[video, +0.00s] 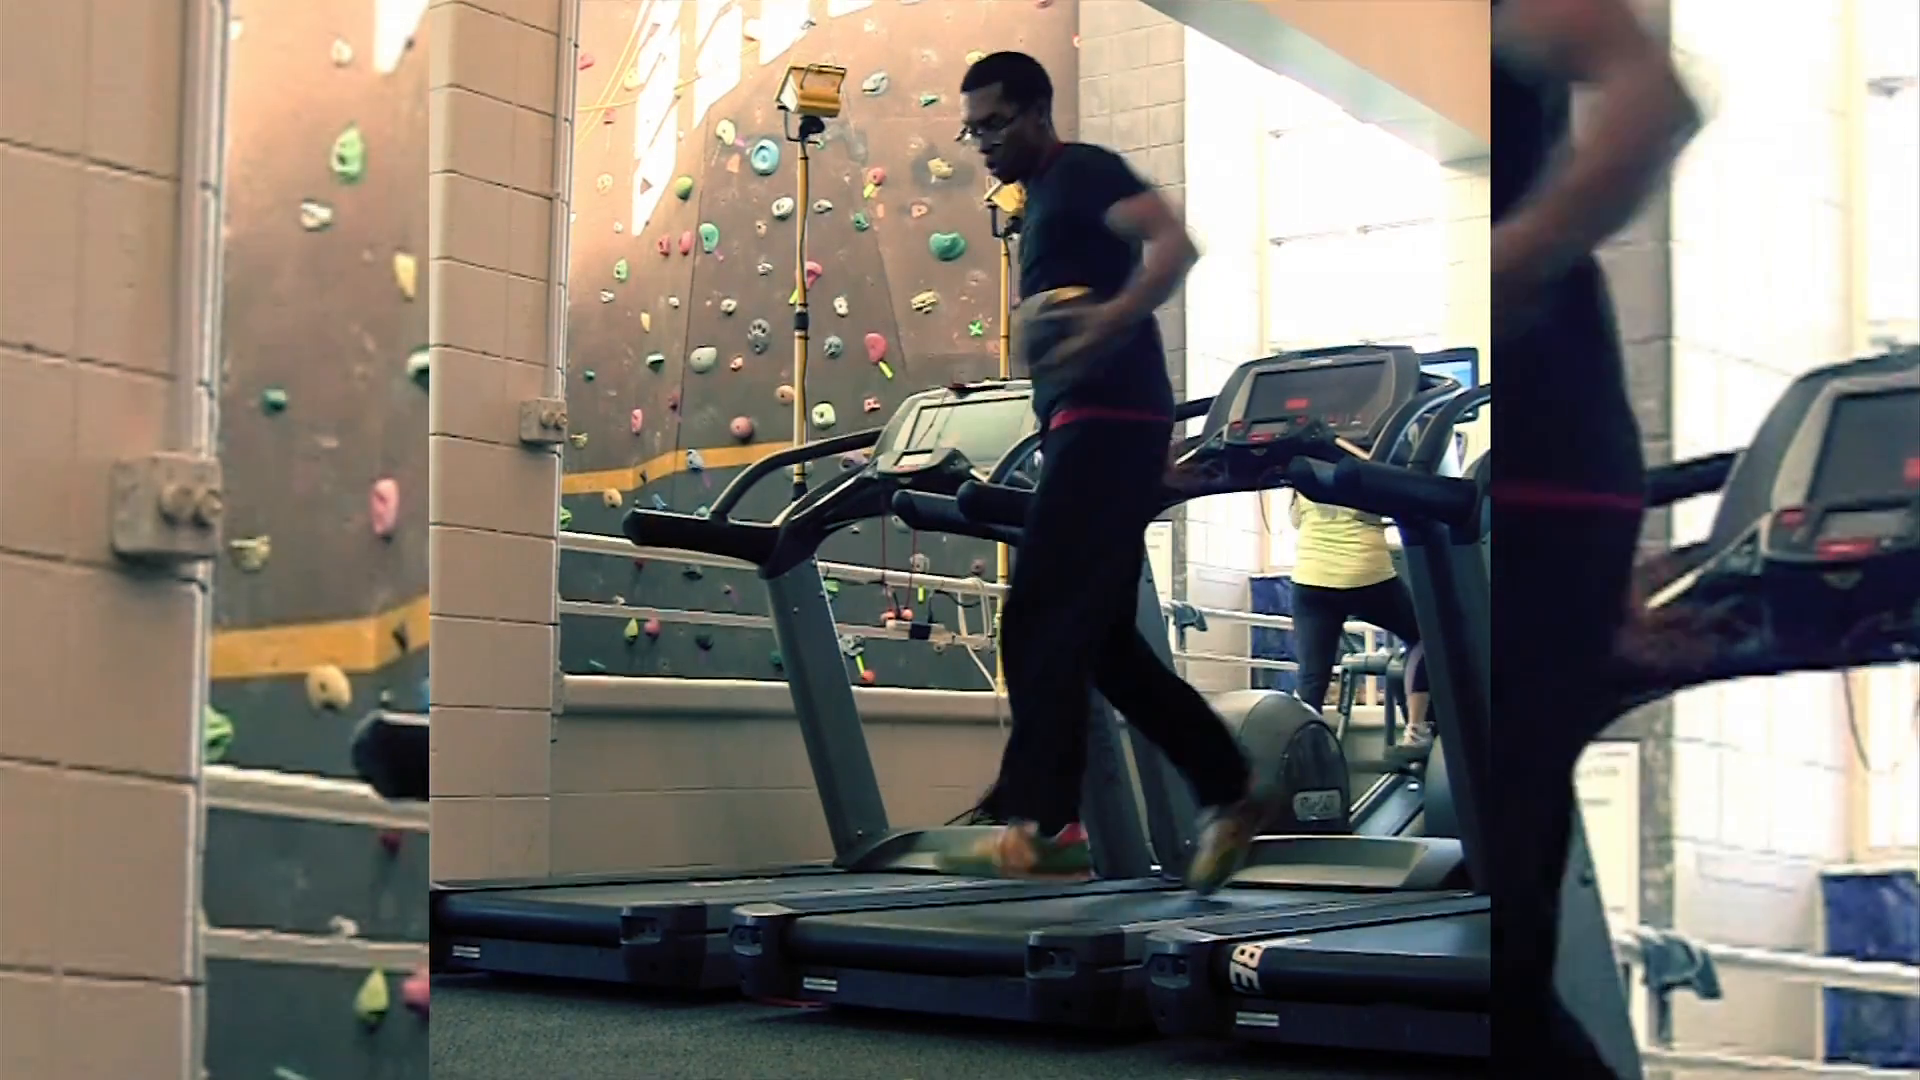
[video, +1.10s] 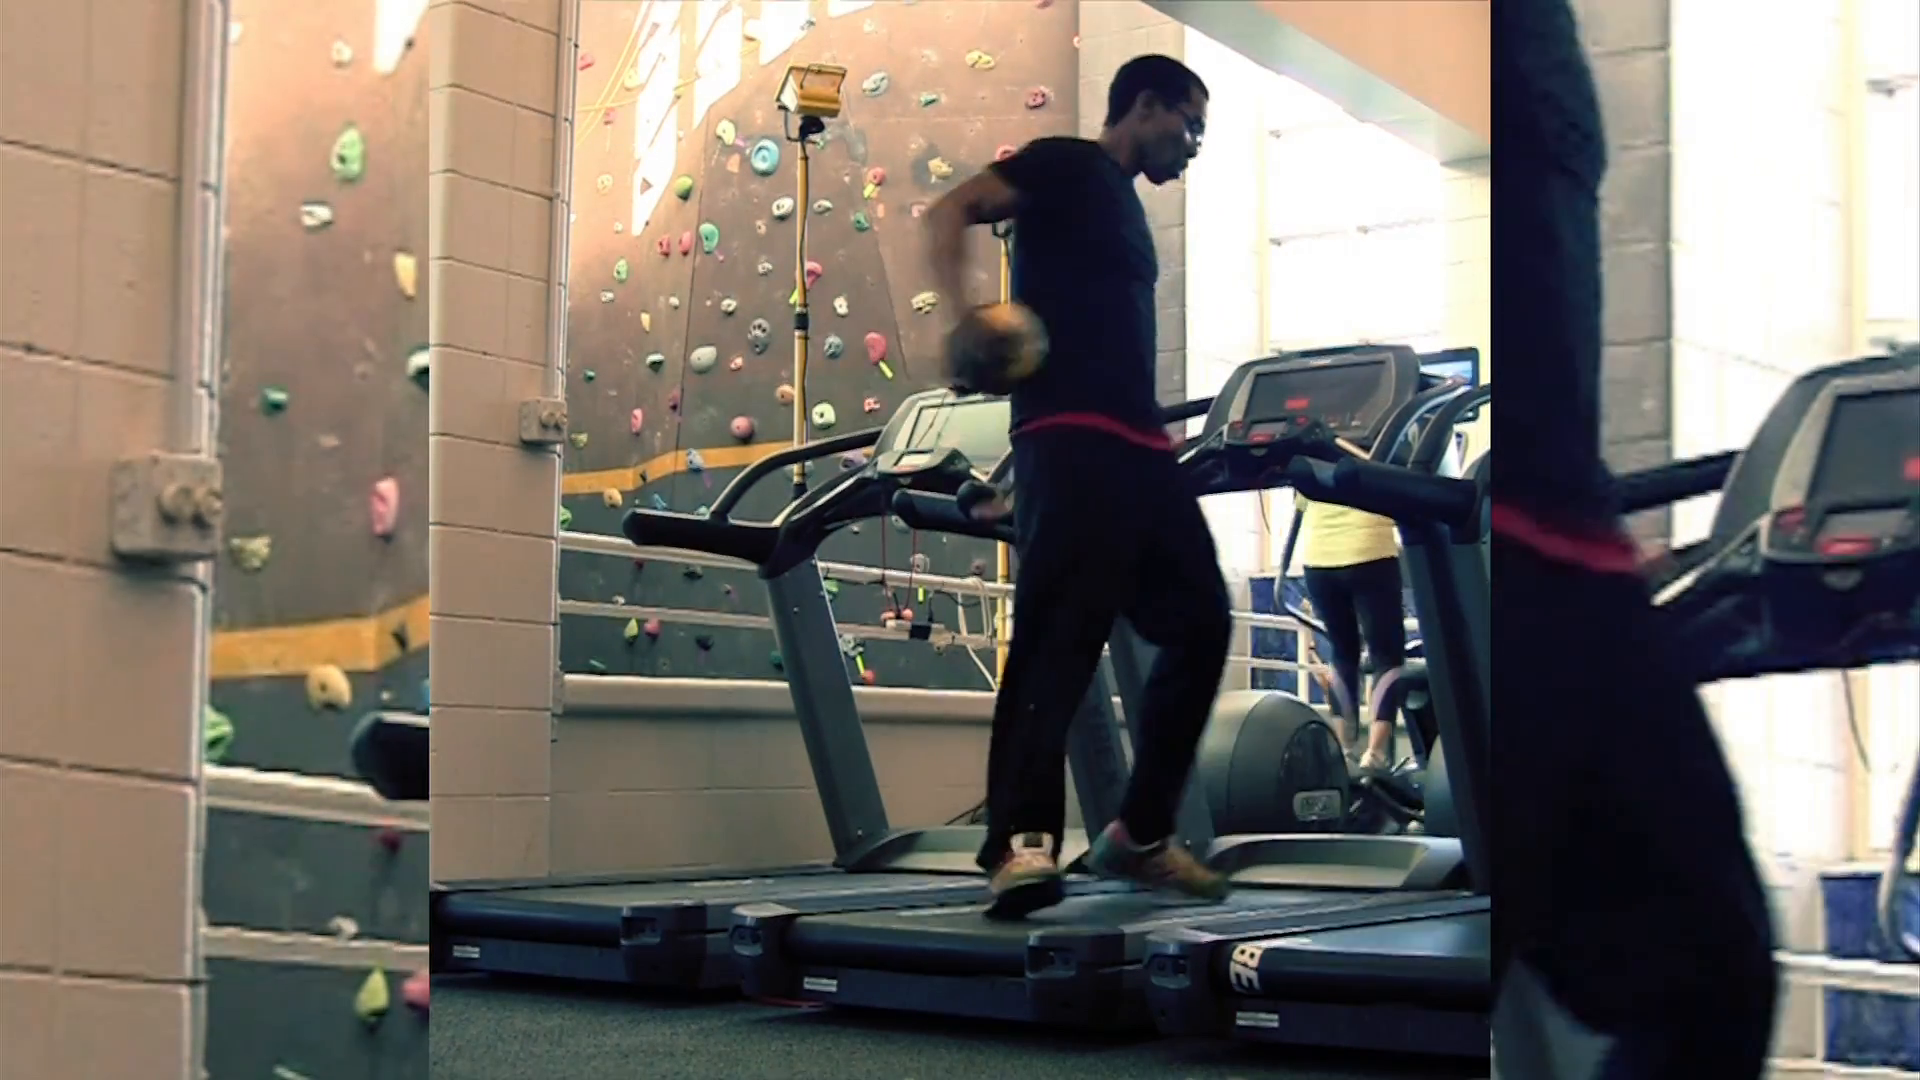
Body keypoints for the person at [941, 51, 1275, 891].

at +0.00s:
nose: (982, 143)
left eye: (993, 124)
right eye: (974, 131)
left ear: (1040, 112)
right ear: (983, 131)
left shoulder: (1082, 169)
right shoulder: (1039, 203)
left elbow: (1172, 240)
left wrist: (1108, 321)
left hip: (1108, 428)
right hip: (1087, 431)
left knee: (1039, 620)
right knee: (1100, 637)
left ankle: (1042, 827)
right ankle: (1233, 796)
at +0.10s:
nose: (992, 137)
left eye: (1006, 120)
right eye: (981, 125)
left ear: (1048, 111)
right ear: (974, 128)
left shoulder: (1101, 167)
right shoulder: (1021, 206)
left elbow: (1224, 212)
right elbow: (1069, 315)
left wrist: (1199, 297)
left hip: (1117, 419)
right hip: (1078, 429)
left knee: (1067, 597)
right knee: (1123, 626)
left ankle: (1057, 805)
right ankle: (1195, 827)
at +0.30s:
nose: (1027, 130)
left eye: (1042, 113)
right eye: (1011, 116)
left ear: (1069, 105)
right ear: (993, 114)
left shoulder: (1119, 175)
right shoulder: (1008, 221)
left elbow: (1256, 216)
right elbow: (1063, 341)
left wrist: (1301, 322)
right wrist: (1176, 397)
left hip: (1120, 420)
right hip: (1051, 441)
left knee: (1112, 607)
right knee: (1079, 640)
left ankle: (1185, 802)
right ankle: (1154, 841)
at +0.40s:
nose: (1049, 122)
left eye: (1064, 107)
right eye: (1033, 107)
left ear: (1085, 107)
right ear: (1008, 109)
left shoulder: (1138, 177)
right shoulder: (997, 215)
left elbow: (1252, 238)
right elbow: (1028, 320)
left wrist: (1281, 345)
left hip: (1126, 419)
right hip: (1044, 442)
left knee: (1137, 599)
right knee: (1079, 653)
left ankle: (1247, 798)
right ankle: (1145, 844)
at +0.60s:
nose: (1113, 116)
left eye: (1123, 103)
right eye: (1098, 99)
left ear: (1129, 107)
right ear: (1052, 96)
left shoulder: (1155, 190)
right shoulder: (995, 202)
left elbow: (1203, 292)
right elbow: (987, 320)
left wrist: (1173, 391)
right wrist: (1034, 386)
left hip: (1139, 433)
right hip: (1044, 447)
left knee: (1173, 607)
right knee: (1067, 650)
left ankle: (1301, 789)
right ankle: (1110, 847)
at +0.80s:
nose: (1164, 122)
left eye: (1171, 109)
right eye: (1154, 102)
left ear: (1158, 112)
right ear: (1100, 91)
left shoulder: (1161, 207)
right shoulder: (1008, 187)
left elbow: (1153, 324)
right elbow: (916, 278)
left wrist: (1173, 410)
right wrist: (909, 403)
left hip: (1161, 454)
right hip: (1054, 457)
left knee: (1230, 631)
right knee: (1053, 658)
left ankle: (1273, 810)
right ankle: (1064, 850)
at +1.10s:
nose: (1192, 146)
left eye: (1197, 133)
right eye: (1187, 125)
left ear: (1147, 113)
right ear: (1141, 104)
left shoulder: (1124, 207)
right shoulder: (1068, 158)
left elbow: (1080, 335)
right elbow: (946, 214)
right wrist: (960, 318)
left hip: (1142, 455)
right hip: (1071, 447)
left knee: (1200, 627)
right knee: (1057, 639)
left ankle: (1141, 835)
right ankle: (1023, 844)